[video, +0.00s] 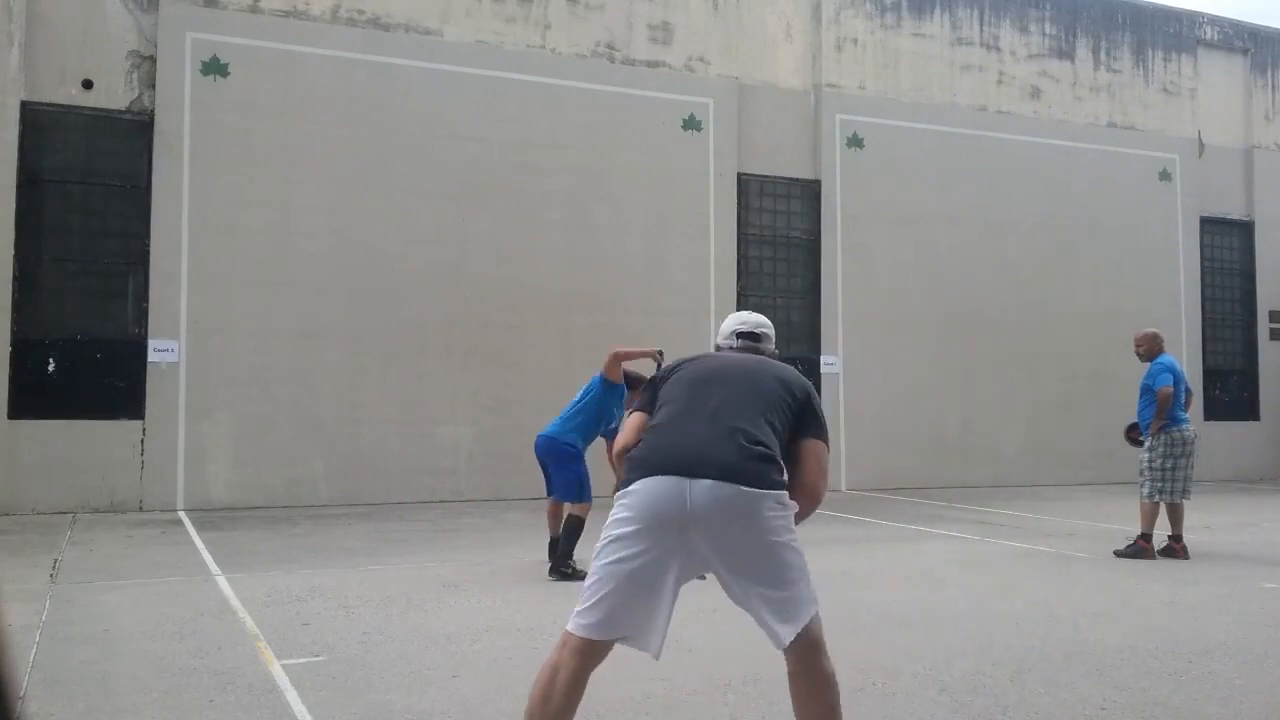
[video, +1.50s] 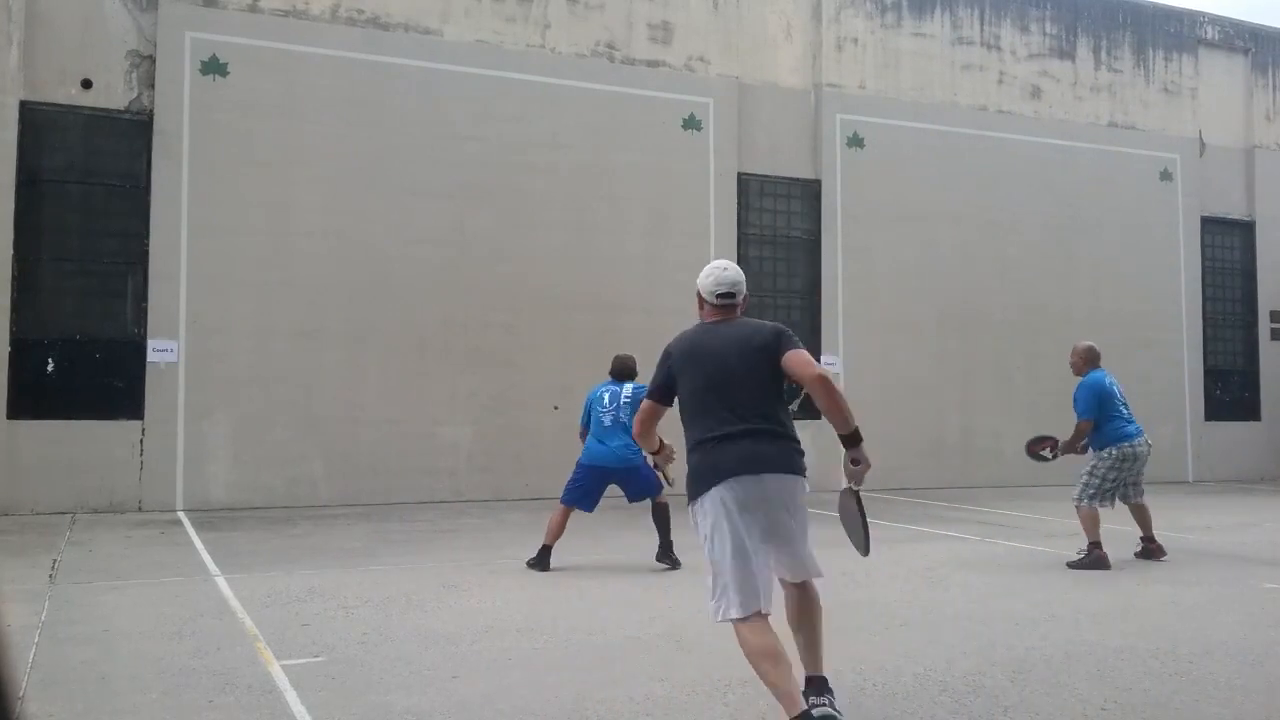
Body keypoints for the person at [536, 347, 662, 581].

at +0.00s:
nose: (638, 404)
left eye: (641, 399)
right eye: (641, 397)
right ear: (635, 389)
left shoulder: (613, 416)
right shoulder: (613, 385)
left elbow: (612, 451)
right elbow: (615, 356)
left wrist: (621, 478)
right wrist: (651, 352)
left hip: (546, 442)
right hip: (564, 446)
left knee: (556, 499)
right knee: (582, 504)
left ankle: (555, 552)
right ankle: (562, 563)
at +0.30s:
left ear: (613, 366)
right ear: (624, 379)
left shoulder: (593, 366)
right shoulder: (619, 392)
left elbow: (555, 378)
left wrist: (559, 404)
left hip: (545, 437)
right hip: (571, 444)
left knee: (551, 493)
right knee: (570, 502)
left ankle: (556, 543)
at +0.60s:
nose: (628, 355)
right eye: (628, 352)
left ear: (604, 344)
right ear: (625, 352)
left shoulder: (581, 359)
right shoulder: (626, 370)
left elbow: (557, 386)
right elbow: (629, 408)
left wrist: (546, 417)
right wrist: (623, 436)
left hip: (569, 440)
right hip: (601, 442)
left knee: (566, 494)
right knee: (601, 495)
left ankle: (560, 545)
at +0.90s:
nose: (648, 354)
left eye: (648, 350)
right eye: (644, 350)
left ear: (623, 350)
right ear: (630, 349)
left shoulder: (598, 368)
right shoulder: (639, 372)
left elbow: (580, 400)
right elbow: (644, 408)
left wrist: (583, 433)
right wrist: (639, 437)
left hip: (593, 443)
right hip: (624, 445)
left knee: (587, 495)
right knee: (641, 496)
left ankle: (570, 544)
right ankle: (638, 548)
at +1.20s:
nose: (647, 342)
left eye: (646, 337)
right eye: (644, 338)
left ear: (620, 337)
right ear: (634, 337)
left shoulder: (598, 361)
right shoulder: (644, 358)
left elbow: (590, 399)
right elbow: (652, 395)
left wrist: (606, 418)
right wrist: (650, 421)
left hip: (601, 433)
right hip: (634, 434)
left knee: (584, 487)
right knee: (649, 490)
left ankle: (564, 542)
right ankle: (639, 546)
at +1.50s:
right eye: (635, 371)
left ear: (610, 372)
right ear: (634, 374)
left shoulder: (595, 393)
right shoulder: (642, 392)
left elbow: (584, 433)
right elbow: (648, 429)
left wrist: (601, 451)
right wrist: (658, 451)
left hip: (593, 461)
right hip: (629, 462)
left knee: (565, 507)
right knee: (658, 496)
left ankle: (543, 556)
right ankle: (665, 549)